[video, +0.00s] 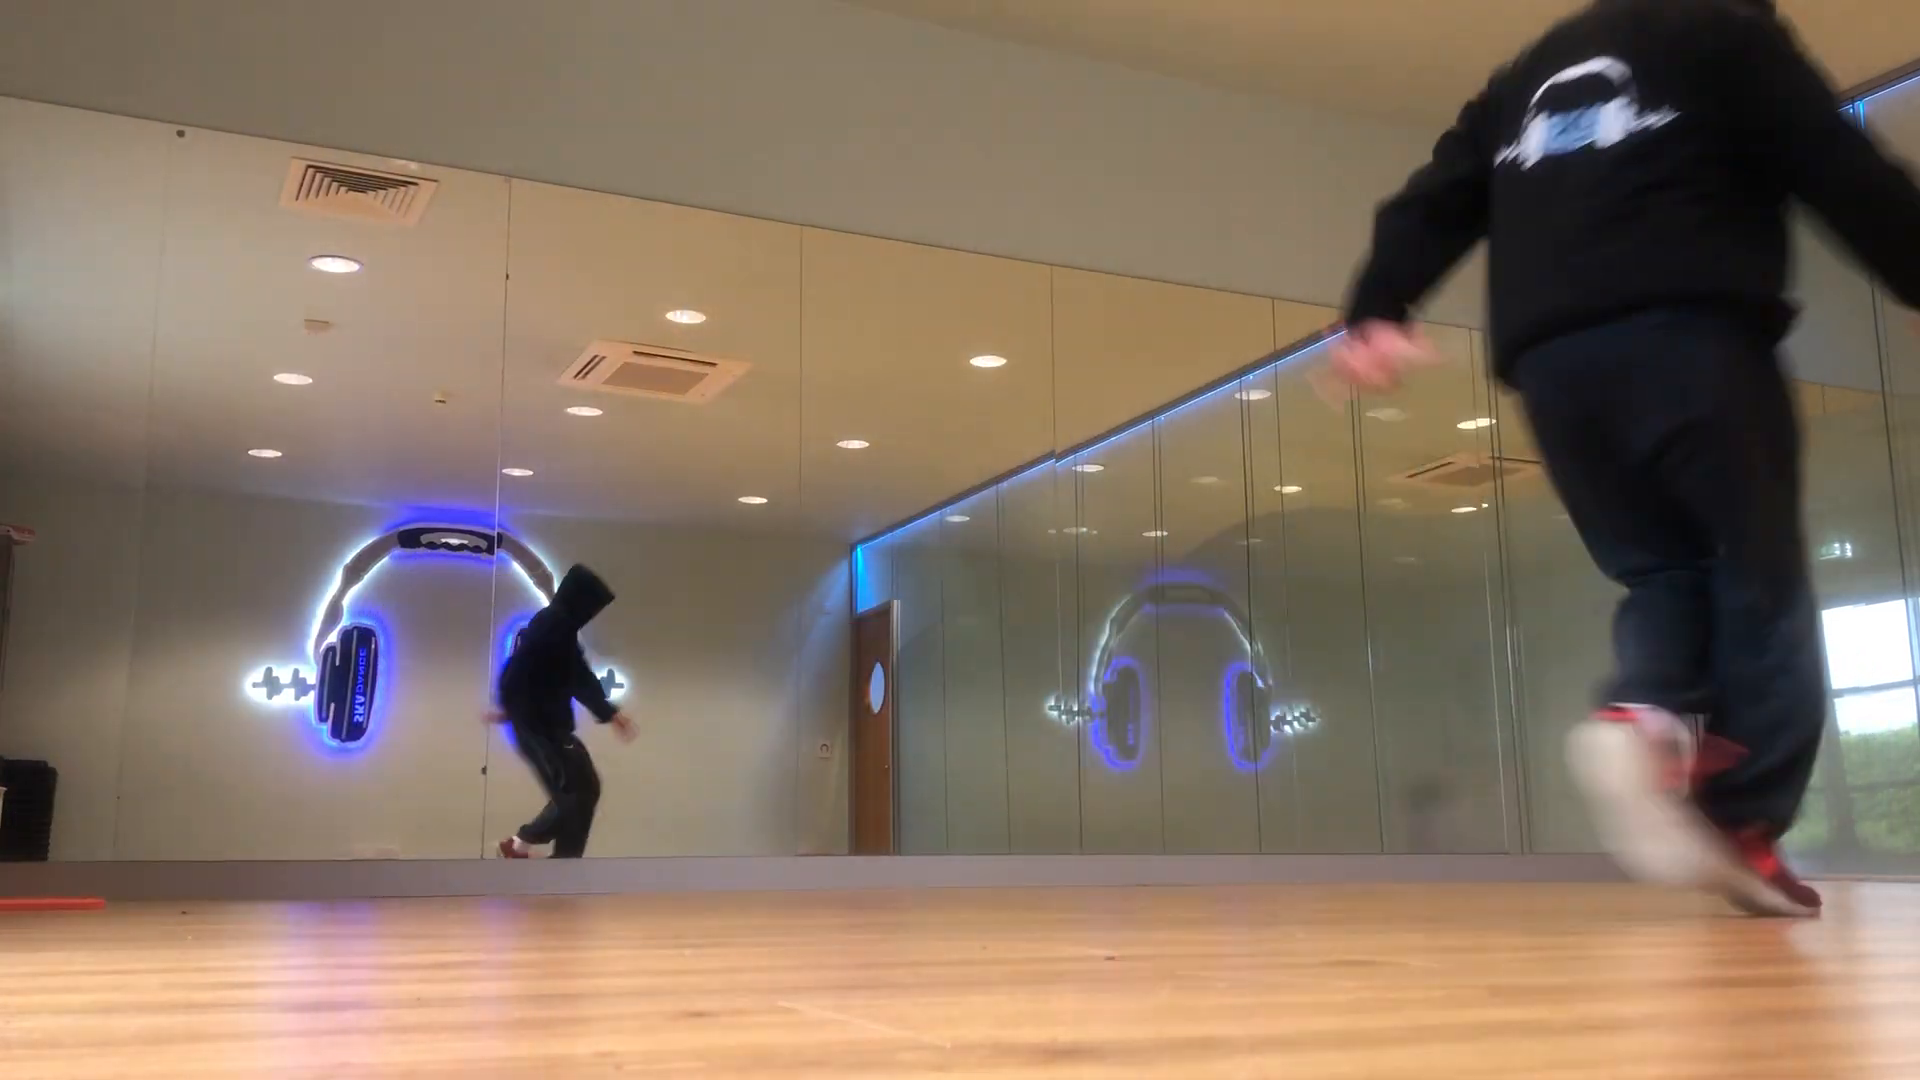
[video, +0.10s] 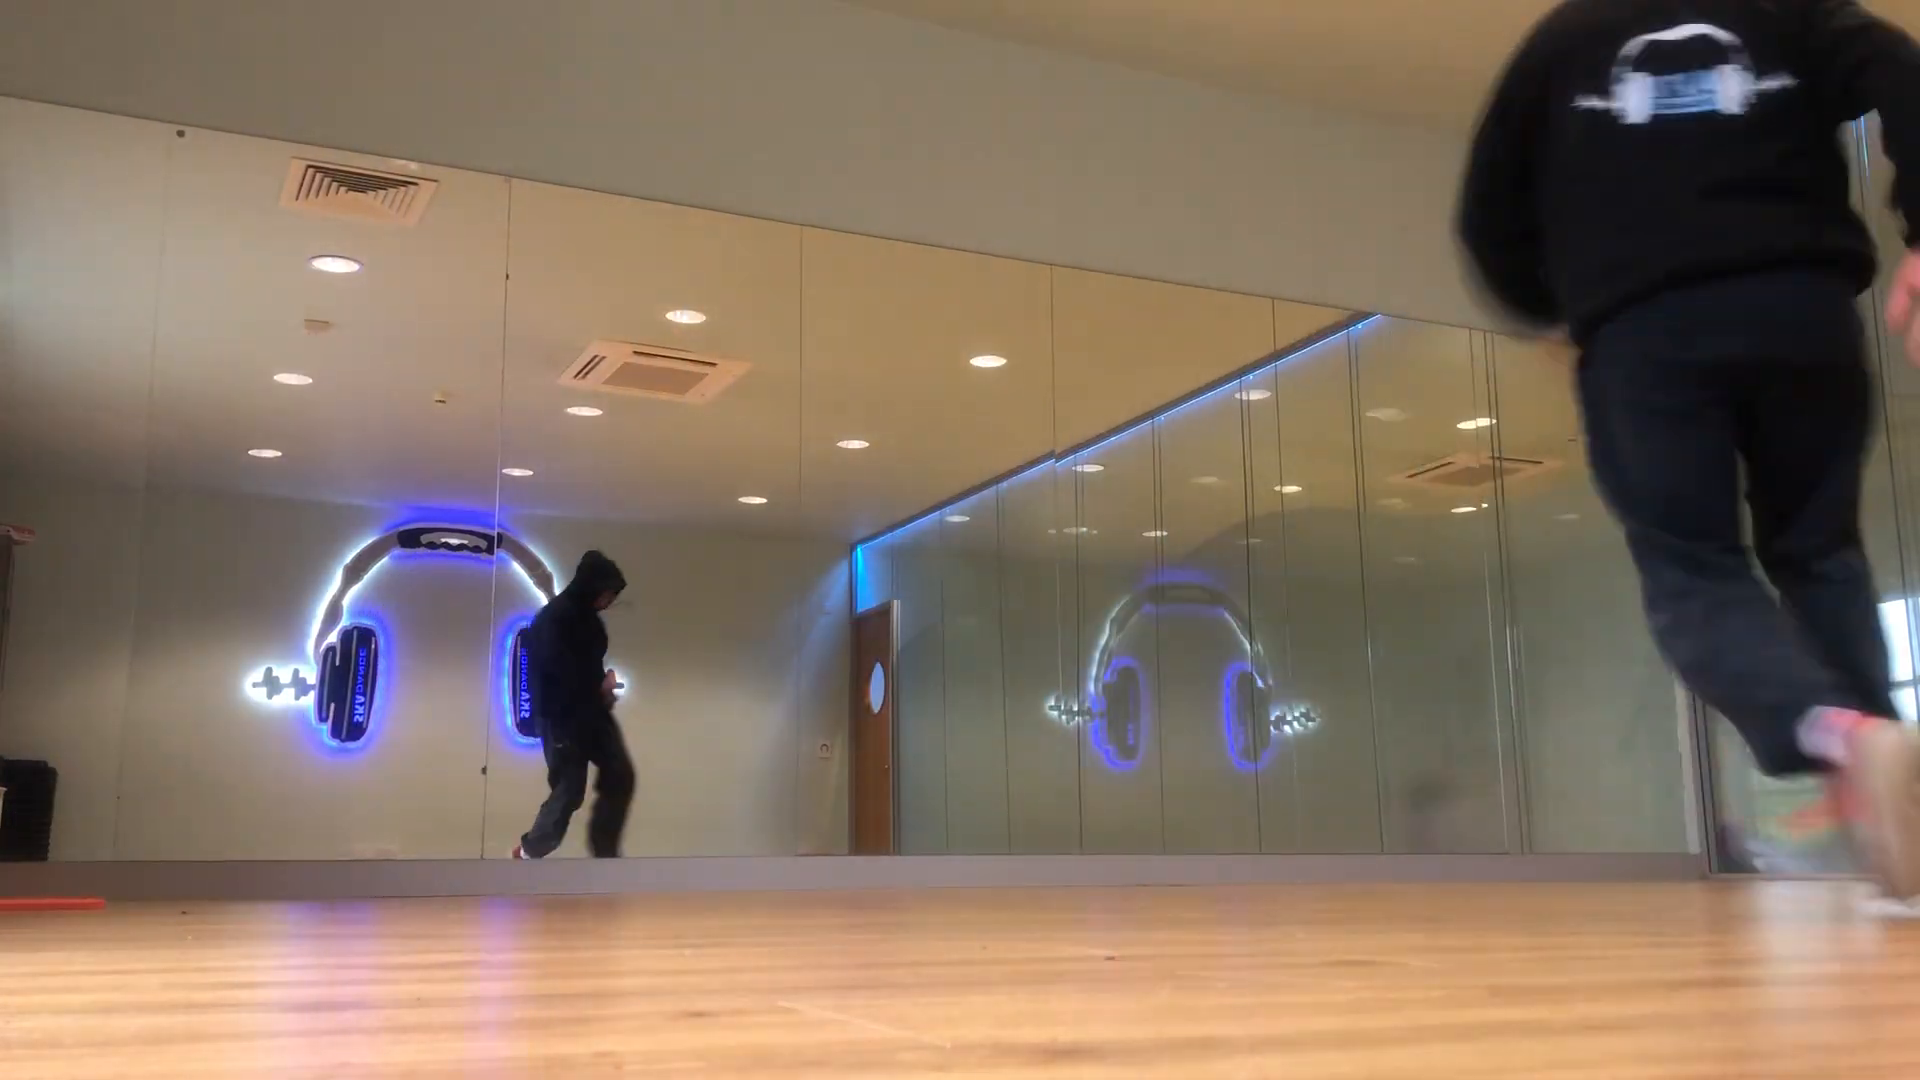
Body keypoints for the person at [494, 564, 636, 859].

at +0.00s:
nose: (593, 613)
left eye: (595, 607)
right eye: (592, 606)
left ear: (571, 597)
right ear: (580, 601)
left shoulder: (562, 628)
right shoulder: (548, 625)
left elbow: (579, 676)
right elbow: (517, 667)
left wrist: (609, 713)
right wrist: (508, 705)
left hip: (554, 724)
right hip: (534, 725)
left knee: (585, 788)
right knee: (576, 789)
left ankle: (565, 866)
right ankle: (521, 843)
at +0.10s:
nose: (611, 601)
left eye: (614, 595)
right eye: (609, 594)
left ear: (589, 586)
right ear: (595, 589)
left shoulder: (587, 618)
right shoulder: (560, 618)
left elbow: (578, 671)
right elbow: (561, 680)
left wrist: (600, 686)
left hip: (591, 713)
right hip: (561, 717)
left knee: (619, 779)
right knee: (569, 789)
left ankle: (604, 854)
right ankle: (529, 850)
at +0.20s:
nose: (630, 611)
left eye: (632, 605)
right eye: (630, 603)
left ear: (603, 592)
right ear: (619, 597)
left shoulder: (575, 623)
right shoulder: (606, 626)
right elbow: (611, 669)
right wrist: (629, 633)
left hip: (571, 722)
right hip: (605, 721)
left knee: (563, 797)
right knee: (647, 783)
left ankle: (540, 860)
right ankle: (664, 855)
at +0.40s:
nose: (688, 626)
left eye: (689, 620)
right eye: (686, 619)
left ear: (666, 617)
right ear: (676, 618)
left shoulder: (677, 653)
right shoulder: (641, 649)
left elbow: (692, 693)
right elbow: (626, 708)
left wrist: (718, 727)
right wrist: (629, 758)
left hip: (669, 745)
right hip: (632, 746)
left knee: (690, 814)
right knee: (622, 818)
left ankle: (695, 881)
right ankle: (558, 852)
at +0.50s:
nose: (705, 620)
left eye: (708, 615)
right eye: (702, 614)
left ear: (709, 616)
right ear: (688, 613)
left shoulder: (704, 644)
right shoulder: (662, 643)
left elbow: (733, 671)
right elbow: (630, 678)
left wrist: (744, 648)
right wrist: (603, 707)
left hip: (689, 736)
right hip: (652, 737)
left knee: (702, 802)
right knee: (676, 800)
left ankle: (694, 875)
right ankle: (618, 821)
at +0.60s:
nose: (706, 603)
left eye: (710, 597)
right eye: (701, 597)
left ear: (715, 596)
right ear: (688, 594)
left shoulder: (721, 622)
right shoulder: (658, 622)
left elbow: (749, 638)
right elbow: (618, 651)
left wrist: (775, 649)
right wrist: (618, 687)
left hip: (711, 717)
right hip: (669, 720)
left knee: (725, 786)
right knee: (692, 773)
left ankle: (712, 858)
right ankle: (669, 819)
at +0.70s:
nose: (703, 599)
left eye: (708, 593)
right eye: (697, 593)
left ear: (717, 591)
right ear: (687, 592)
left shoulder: (736, 616)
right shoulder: (663, 616)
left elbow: (769, 625)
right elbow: (625, 647)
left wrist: (773, 670)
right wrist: (626, 692)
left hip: (728, 711)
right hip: (681, 715)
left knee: (747, 780)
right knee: (683, 770)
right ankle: (702, 833)